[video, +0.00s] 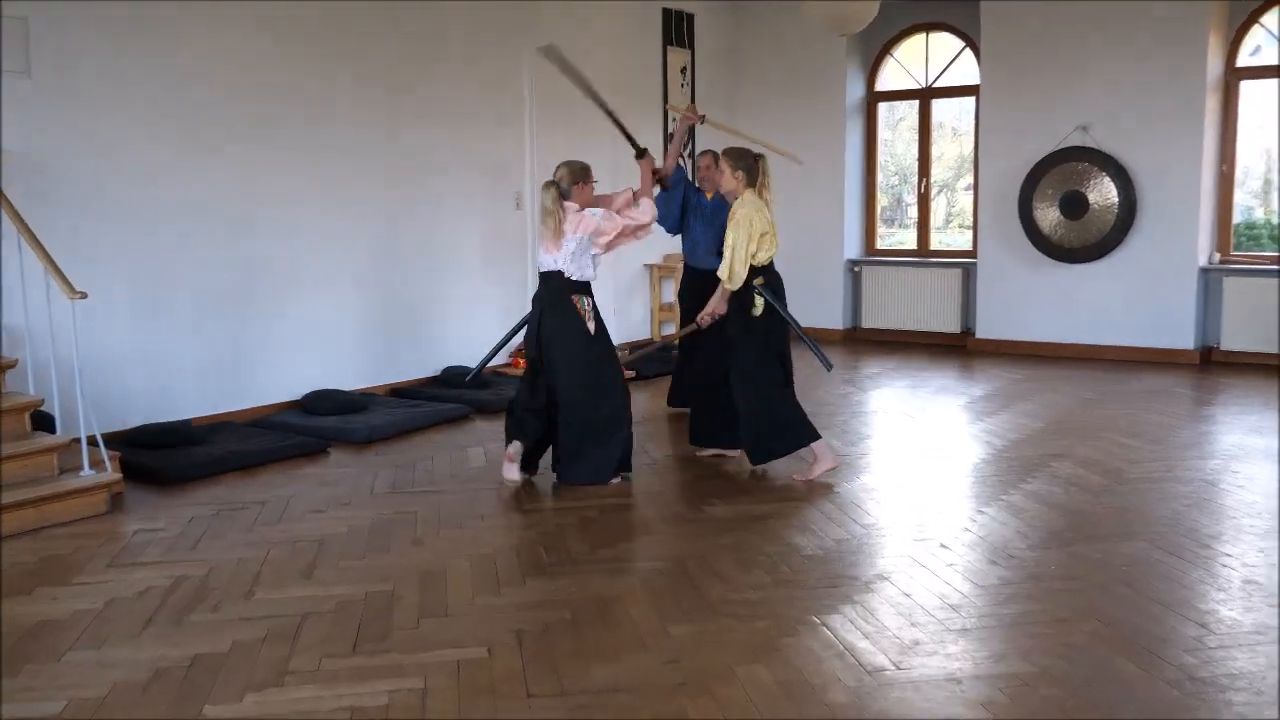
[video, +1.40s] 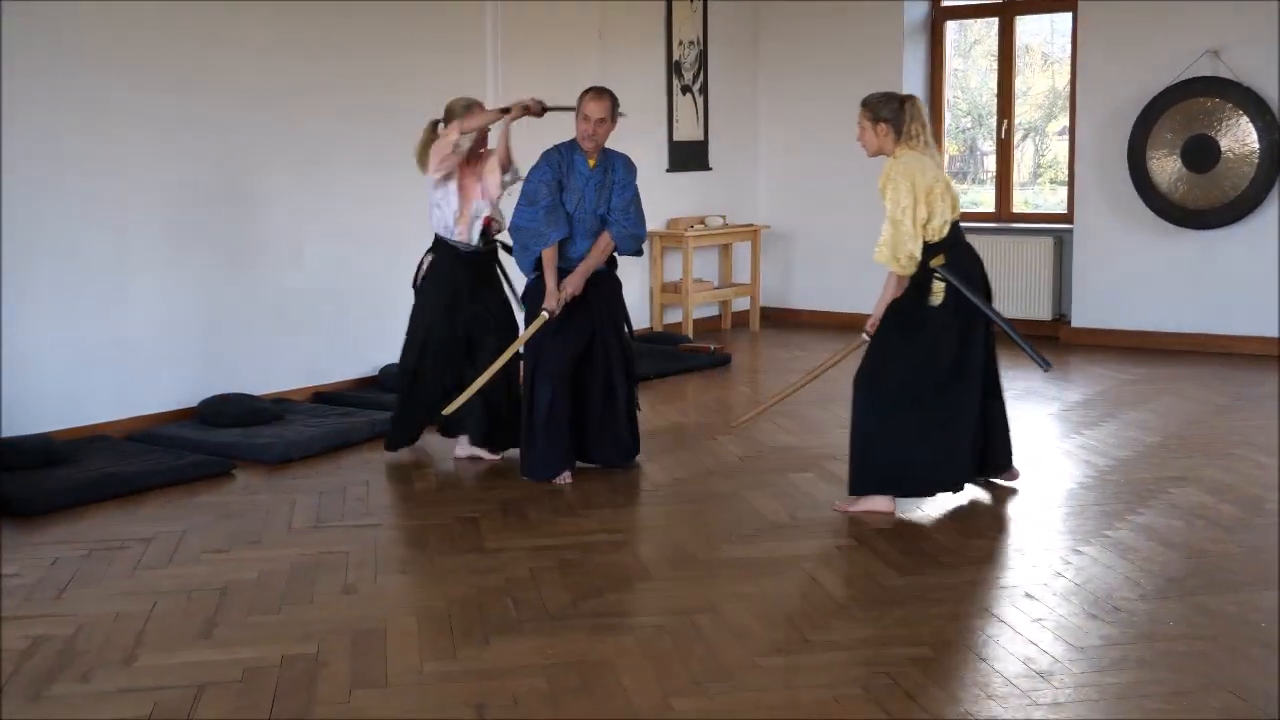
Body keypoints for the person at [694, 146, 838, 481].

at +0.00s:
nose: (717, 177)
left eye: (721, 171)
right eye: (718, 171)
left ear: (738, 176)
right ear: (743, 176)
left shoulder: (744, 210)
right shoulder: (751, 205)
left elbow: (735, 265)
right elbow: (735, 261)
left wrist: (719, 300)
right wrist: (716, 301)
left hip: (755, 293)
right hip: (756, 289)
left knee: (762, 375)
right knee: (735, 364)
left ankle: (821, 452)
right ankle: (734, 440)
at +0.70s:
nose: (735, 162)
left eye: (738, 154)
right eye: (734, 155)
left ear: (758, 149)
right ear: (760, 151)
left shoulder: (785, 182)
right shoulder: (771, 184)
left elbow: (779, 251)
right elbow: (762, 250)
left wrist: (759, 300)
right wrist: (743, 301)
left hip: (806, 288)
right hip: (784, 289)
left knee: (812, 378)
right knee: (741, 361)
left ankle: (856, 470)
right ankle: (742, 453)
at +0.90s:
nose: (768, 156)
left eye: (770, 147)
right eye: (767, 147)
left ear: (790, 141)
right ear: (794, 141)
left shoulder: (815, 175)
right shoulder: (817, 170)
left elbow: (810, 247)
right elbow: (804, 244)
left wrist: (787, 299)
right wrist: (780, 298)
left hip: (844, 283)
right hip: (831, 280)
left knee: (845, 380)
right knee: (782, 364)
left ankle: (866, 483)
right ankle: (766, 453)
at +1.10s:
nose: (803, 146)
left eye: (806, 137)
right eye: (803, 137)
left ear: (826, 136)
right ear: (837, 135)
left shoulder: (844, 175)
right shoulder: (867, 167)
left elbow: (849, 255)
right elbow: (845, 253)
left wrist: (823, 311)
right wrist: (821, 308)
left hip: (877, 291)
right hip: (902, 284)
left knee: (838, 388)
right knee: (885, 383)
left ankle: (869, 490)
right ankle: (884, 485)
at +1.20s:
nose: (818, 143)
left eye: (821, 135)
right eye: (818, 134)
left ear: (843, 135)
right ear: (854, 134)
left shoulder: (859, 175)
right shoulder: (883, 164)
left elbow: (864, 257)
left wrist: (839, 313)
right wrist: (847, 308)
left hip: (892, 288)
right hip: (918, 279)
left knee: (842, 383)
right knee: (894, 379)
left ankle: (869, 492)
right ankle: (901, 478)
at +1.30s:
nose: (837, 139)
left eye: (841, 131)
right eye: (838, 131)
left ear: (862, 132)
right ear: (870, 131)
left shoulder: (879, 171)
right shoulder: (902, 163)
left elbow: (883, 255)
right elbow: (925, 218)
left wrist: (859, 313)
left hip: (911, 284)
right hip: (939, 273)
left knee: (855, 380)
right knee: (916, 376)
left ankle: (875, 492)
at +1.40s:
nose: (858, 136)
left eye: (861, 128)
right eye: (858, 128)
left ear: (884, 129)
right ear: (893, 129)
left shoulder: (901, 170)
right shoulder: (925, 161)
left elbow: (905, 255)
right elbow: (945, 223)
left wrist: (878, 314)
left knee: (873, 377)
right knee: (963, 368)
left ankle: (878, 492)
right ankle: (990, 460)